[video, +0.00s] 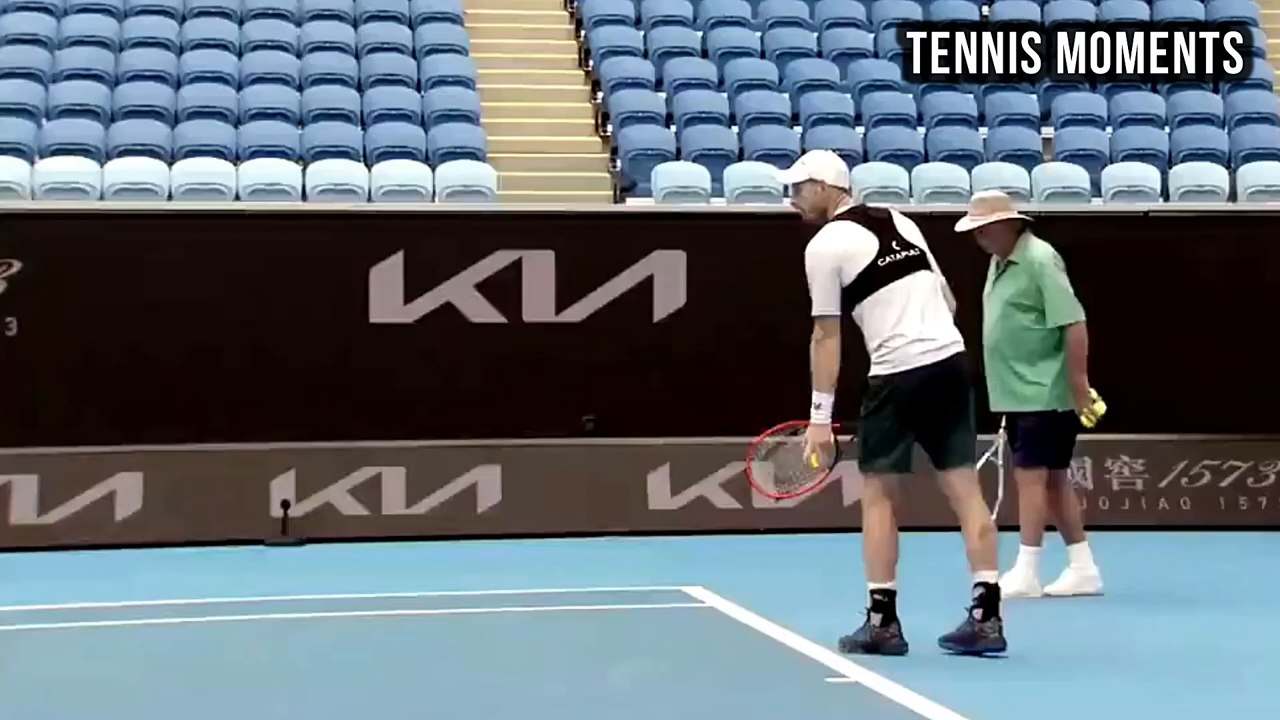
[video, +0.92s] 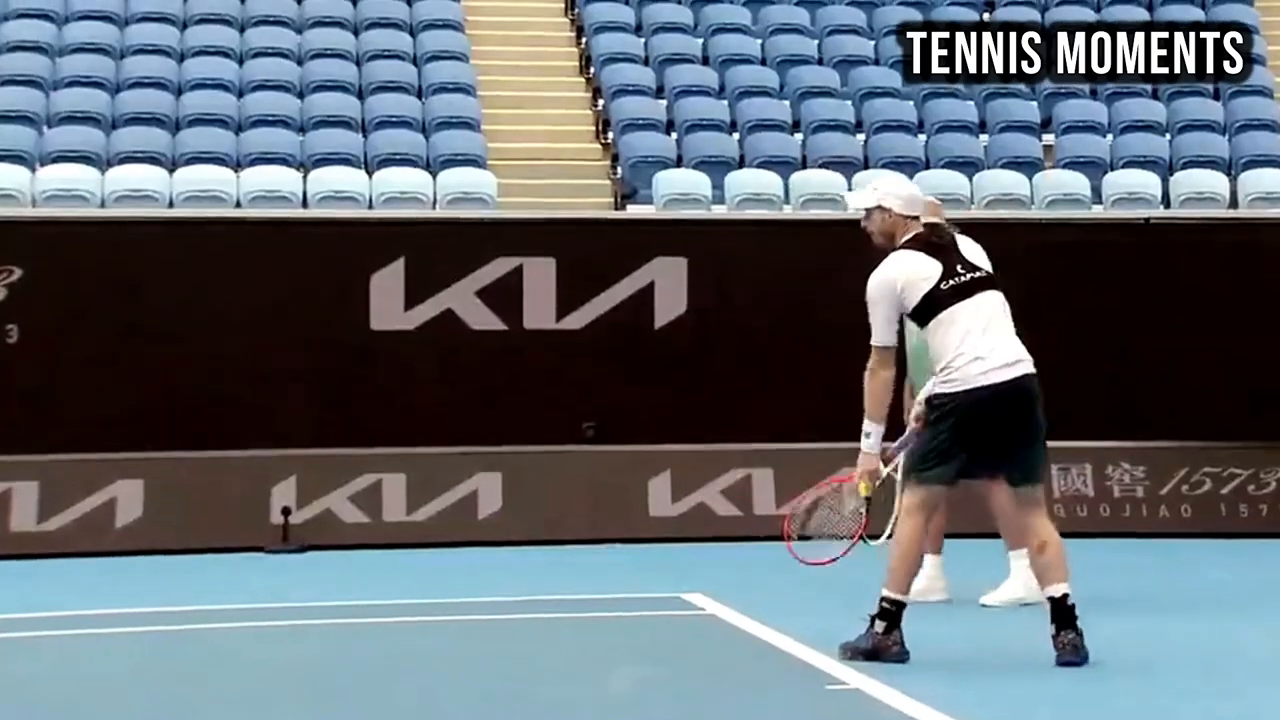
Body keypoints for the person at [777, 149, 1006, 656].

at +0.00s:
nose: (793, 199)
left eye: (800, 188)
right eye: (792, 189)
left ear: (827, 187)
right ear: (837, 190)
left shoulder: (826, 244)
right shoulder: (898, 219)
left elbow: (826, 337)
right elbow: (947, 297)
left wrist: (821, 418)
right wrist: (933, 351)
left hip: (896, 374)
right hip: (951, 364)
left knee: (878, 495)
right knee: (964, 490)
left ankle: (882, 623)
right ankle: (987, 619)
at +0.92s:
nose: (866, 226)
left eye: (870, 216)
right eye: (865, 217)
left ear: (893, 215)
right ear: (911, 214)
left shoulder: (889, 274)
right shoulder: (966, 243)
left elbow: (882, 366)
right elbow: (977, 332)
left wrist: (871, 446)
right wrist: (928, 395)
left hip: (958, 397)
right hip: (1019, 387)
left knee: (916, 509)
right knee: (1032, 510)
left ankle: (885, 629)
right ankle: (1067, 629)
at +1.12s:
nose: (919, 225)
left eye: (923, 216)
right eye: (919, 216)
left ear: (938, 215)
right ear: (971, 213)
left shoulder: (930, 276)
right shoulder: (1023, 252)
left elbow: (939, 363)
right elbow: (1036, 328)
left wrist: (946, 437)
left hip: (983, 411)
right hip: (1048, 404)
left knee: (930, 516)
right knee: (1051, 524)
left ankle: (888, 633)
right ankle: (1070, 634)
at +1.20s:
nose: (939, 217)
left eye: (941, 209)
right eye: (941, 208)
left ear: (954, 212)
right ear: (989, 210)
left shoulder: (945, 276)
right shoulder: (1041, 253)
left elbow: (954, 363)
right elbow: (1064, 342)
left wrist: (957, 434)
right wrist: (1055, 397)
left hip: (987, 420)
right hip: (1052, 414)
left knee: (930, 519)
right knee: (1055, 531)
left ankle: (888, 637)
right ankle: (1070, 639)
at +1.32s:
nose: (970, 209)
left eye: (973, 204)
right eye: (973, 203)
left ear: (981, 211)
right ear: (1023, 211)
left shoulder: (960, 267)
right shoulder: (1061, 258)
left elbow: (949, 343)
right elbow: (1086, 339)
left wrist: (934, 403)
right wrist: (1081, 410)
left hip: (987, 421)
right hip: (1052, 419)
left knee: (931, 521)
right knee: (1055, 538)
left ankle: (891, 638)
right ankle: (1070, 642)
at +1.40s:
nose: (989, 209)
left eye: (990, 205)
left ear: (991, 212)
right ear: (1035, 212)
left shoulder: (964, 262)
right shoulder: (1067, 263)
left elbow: (929, 307)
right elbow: (1098, 339)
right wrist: (1097, 402)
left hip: (983, 425)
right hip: (1048, 424)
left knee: (931, 524)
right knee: (1055, 539)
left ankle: (893, 639)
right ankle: (1069, 644)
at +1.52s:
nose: (991, 211)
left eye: (992, 208)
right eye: (1000, 208)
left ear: (994, 218)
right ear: (1036, 219)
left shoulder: (969, 259)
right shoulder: (1067, 275)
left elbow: (917, 221)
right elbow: (1108, 334)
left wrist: (887, 176)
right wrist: (1116, 376)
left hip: (975, 431)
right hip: (1039, 432)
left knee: (927, 527)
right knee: (1051, 548)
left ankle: (897, 642)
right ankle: (1069, 647)